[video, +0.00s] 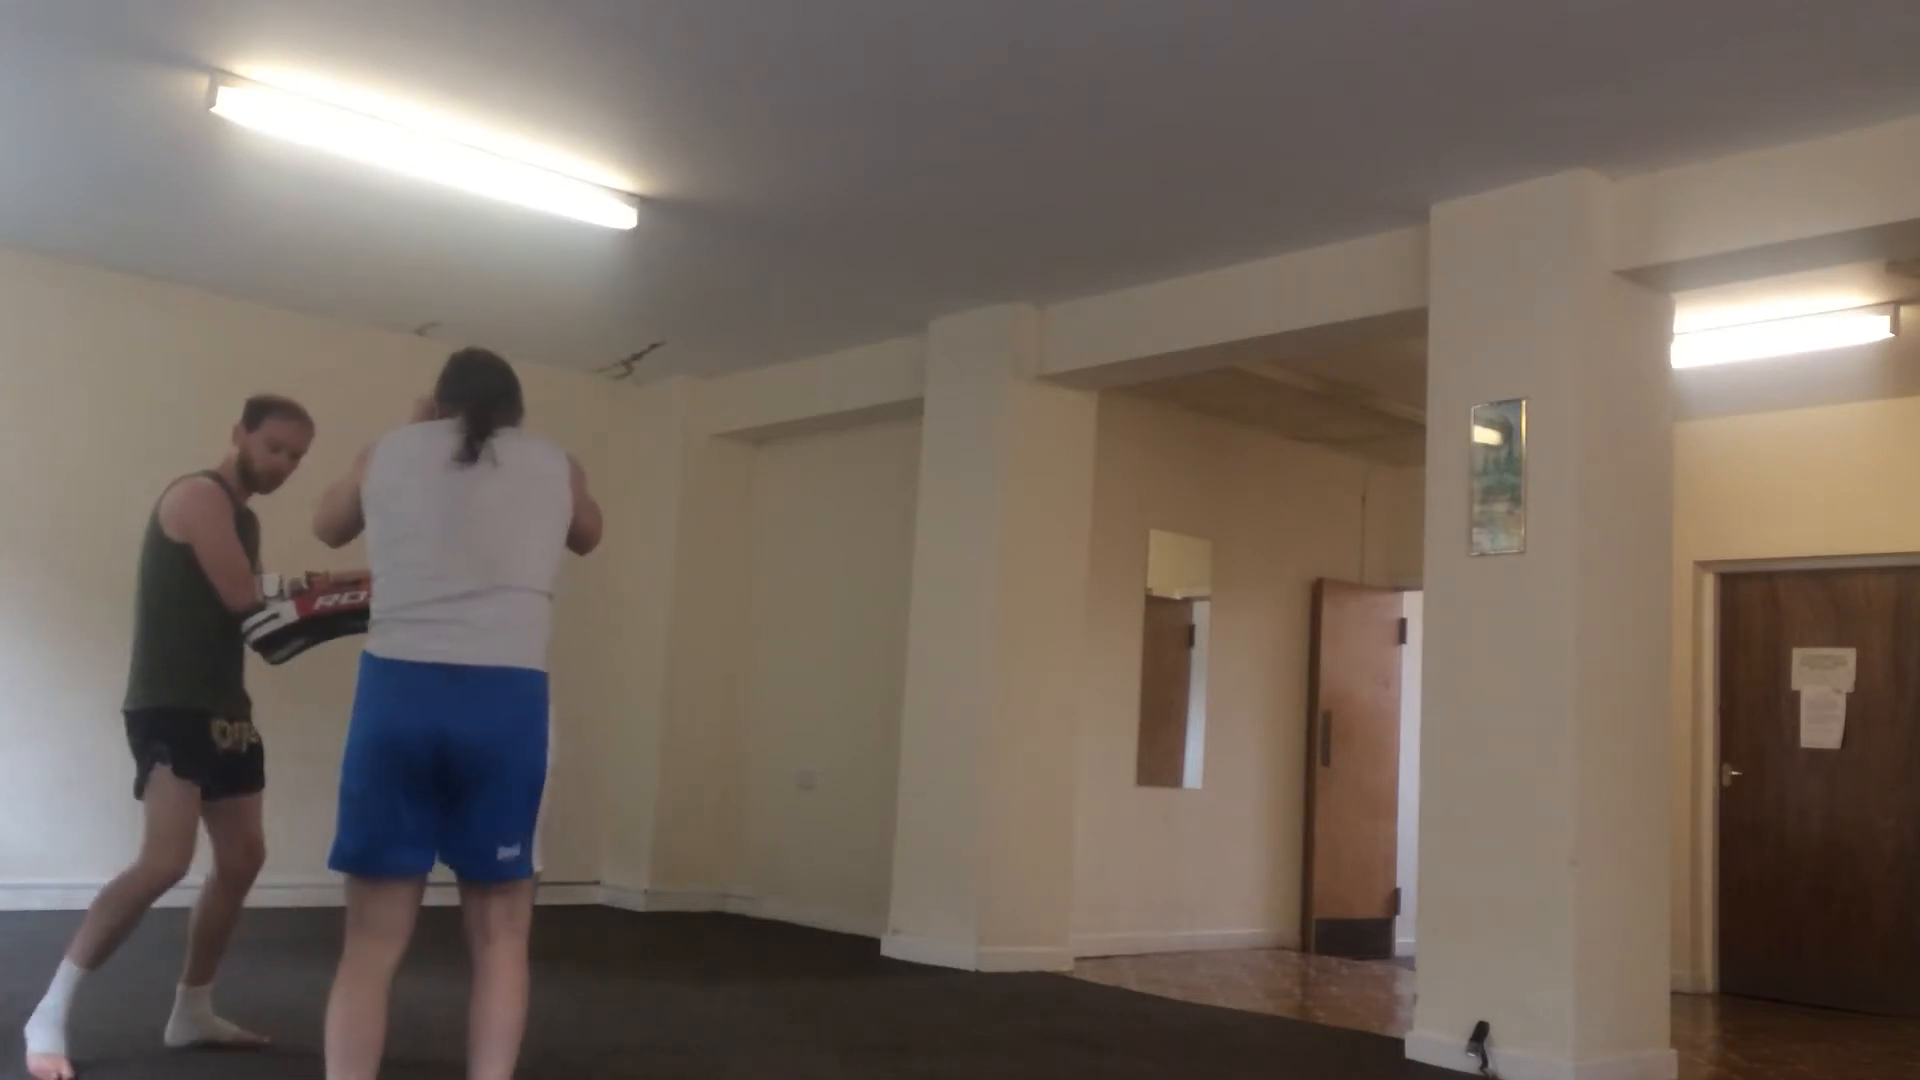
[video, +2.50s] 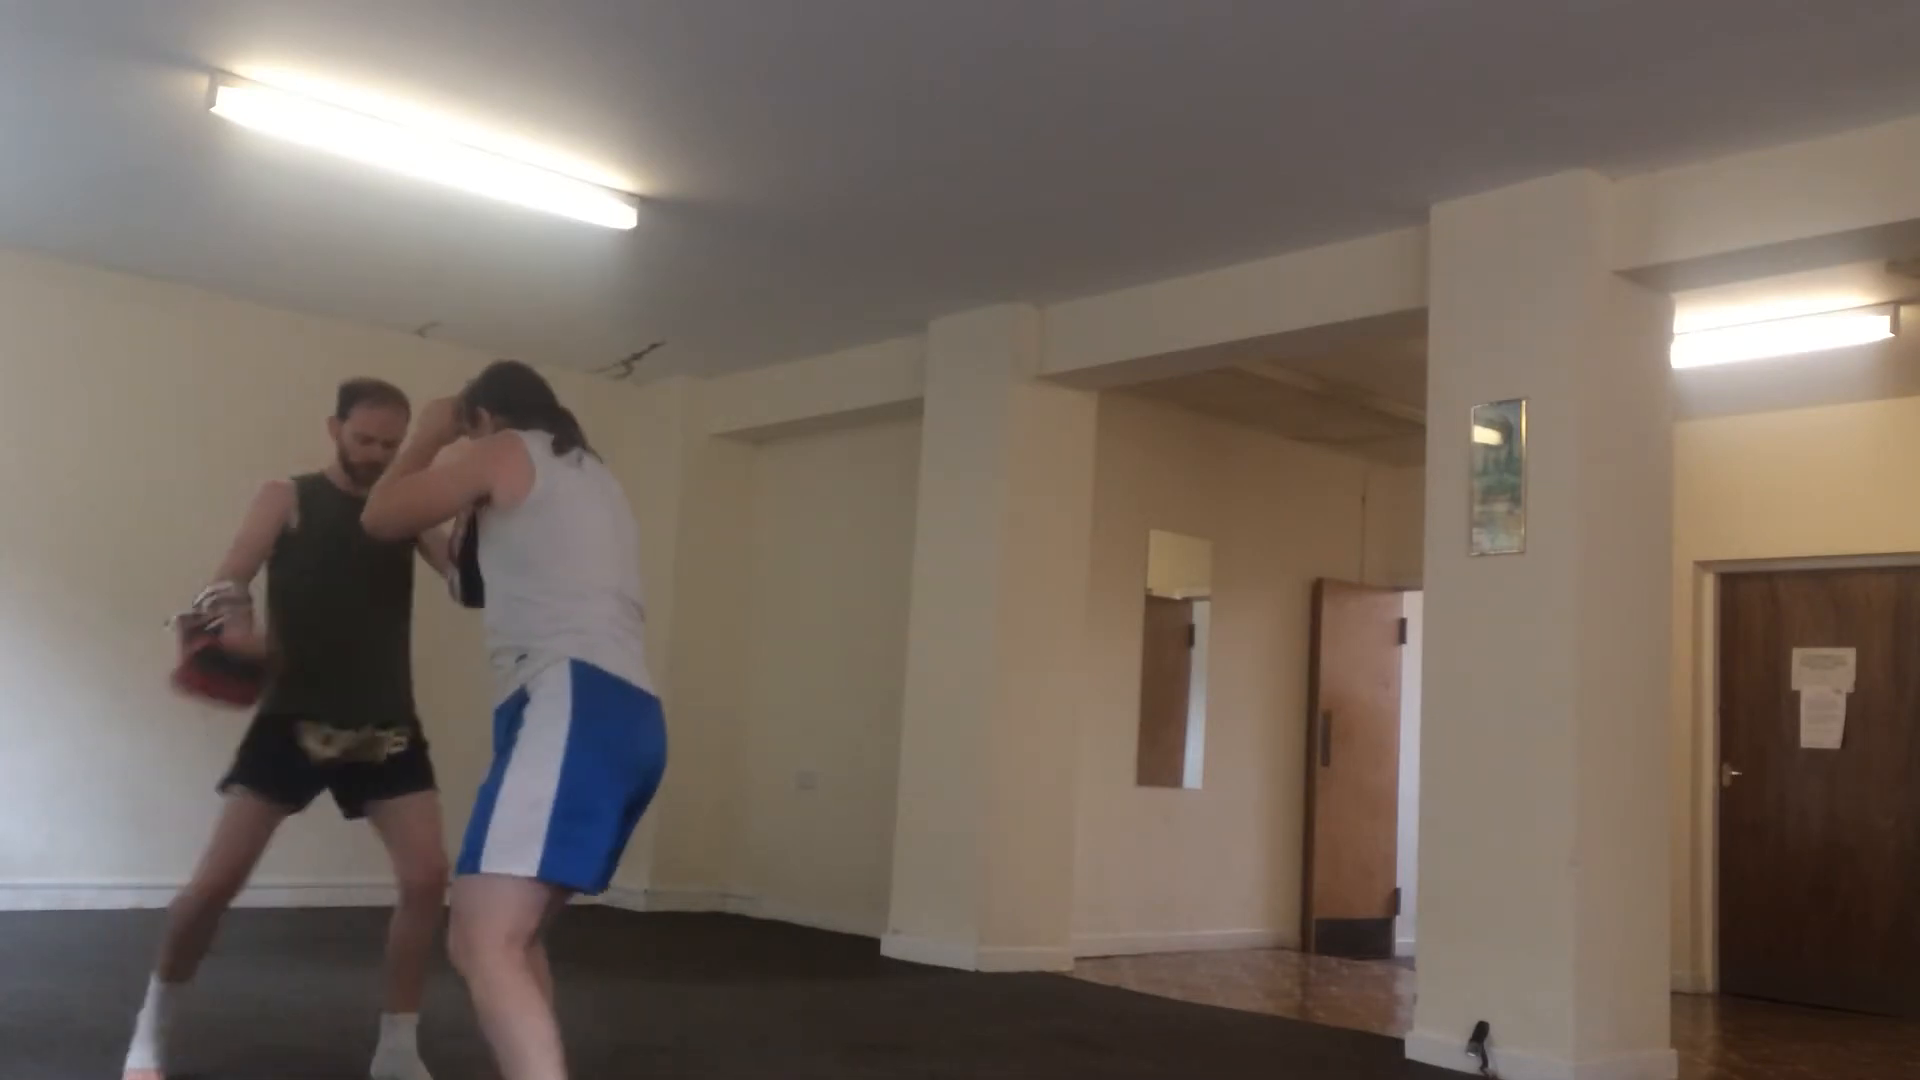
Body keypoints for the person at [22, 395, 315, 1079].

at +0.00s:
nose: (284, 466)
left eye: (295, 458)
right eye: (278, 450)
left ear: (293, 460)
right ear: (241, 434)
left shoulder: (243, 517)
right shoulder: (198, 497)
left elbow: (255, 618)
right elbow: (244, 603)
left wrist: (310, 599)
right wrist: (306, 594)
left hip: (225, 707)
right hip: (170, 706)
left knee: (240, 859)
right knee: (164, 858)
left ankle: (192, 1012)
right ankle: (50, 1013)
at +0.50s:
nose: (296, 461)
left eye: (305, 451)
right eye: (287, 445)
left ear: (305, 451)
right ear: (249, 433)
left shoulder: (220, 497)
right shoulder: (227, 496)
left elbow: (256, 626)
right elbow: (272, 598)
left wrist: (329, 598)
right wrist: (323, 585)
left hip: (228, 715)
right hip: (199, 716)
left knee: (238, 862)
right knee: (184, 869)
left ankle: (191, 1012)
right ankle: (105, 1049)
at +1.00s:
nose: (316, 460)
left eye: (323, 450)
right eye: (307, 445)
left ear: (306, 444)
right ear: (267, 432)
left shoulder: (237, 494)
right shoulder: (250, 495)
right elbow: (294, 601)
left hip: (243, 714)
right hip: (214, 714)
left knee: (236, 867)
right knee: (182, 871)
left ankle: (191, 1012)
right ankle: (105, 1048)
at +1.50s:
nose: (314, 449)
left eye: (321, 437)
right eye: (300, 435)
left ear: (325, 444)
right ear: (262, 435)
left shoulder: (277, 508)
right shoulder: (229, 499)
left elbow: (277, 611)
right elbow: (270, 600)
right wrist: (336, 593)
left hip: (262, 711)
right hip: (216, 711)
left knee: (246, 865)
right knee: (197, 863)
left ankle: (192, 1012)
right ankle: (116, 1037)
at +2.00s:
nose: (317, 455)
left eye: (329, 445)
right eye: (306, 441)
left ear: (337, 445)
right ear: (271, 432)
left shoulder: (334, 516)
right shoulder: (224, 497)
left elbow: (333, 615)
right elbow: (202, 597)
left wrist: (366, 612)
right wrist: (297, 597)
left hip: (284, 708)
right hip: (205, 702)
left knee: (285, 878)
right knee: (184, 869)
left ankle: (216, 989)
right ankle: (168, 1039)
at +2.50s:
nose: (375, 455)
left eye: (388, 444)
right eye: (364, 440)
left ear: (405, 441)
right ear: (335, 431)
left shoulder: (403, 506)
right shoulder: (288, 499)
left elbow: (472, 583)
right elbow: (225, 585)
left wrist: (465, 498)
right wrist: (236, 625)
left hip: (386, 726)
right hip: (294, 722)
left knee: (427, 878)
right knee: (215, 886)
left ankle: (398, 1050)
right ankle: (151, 1027)